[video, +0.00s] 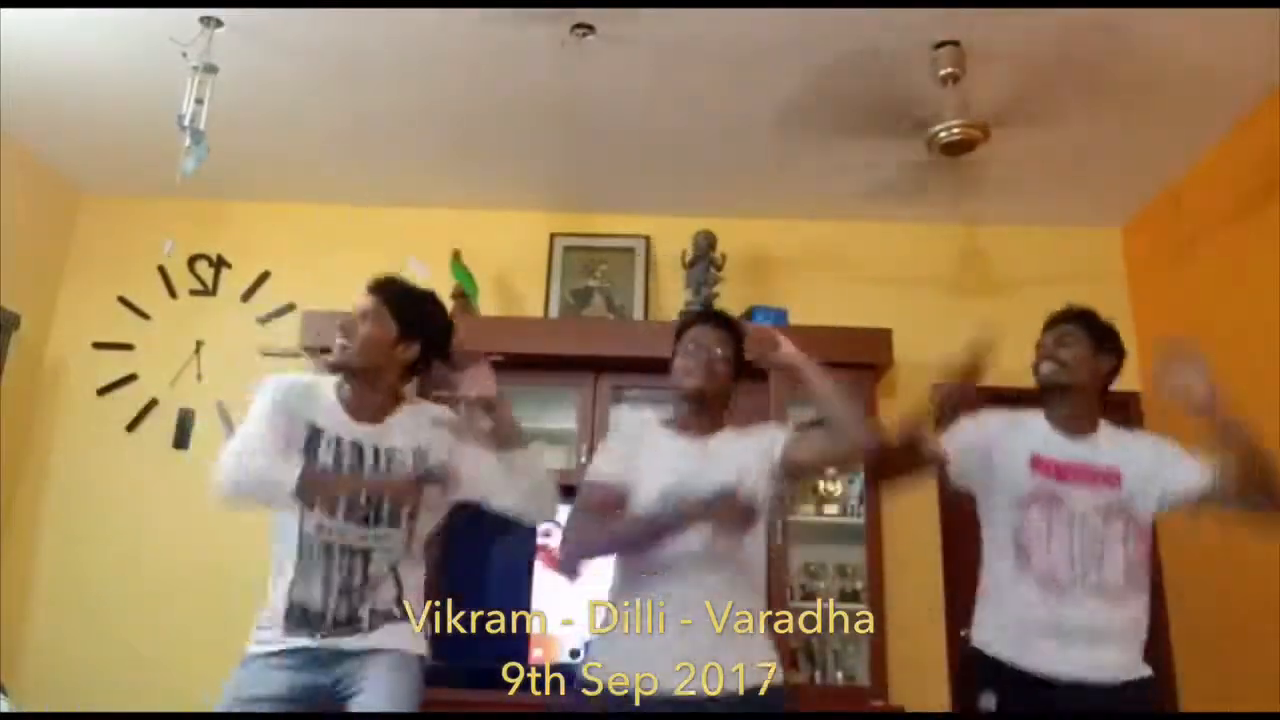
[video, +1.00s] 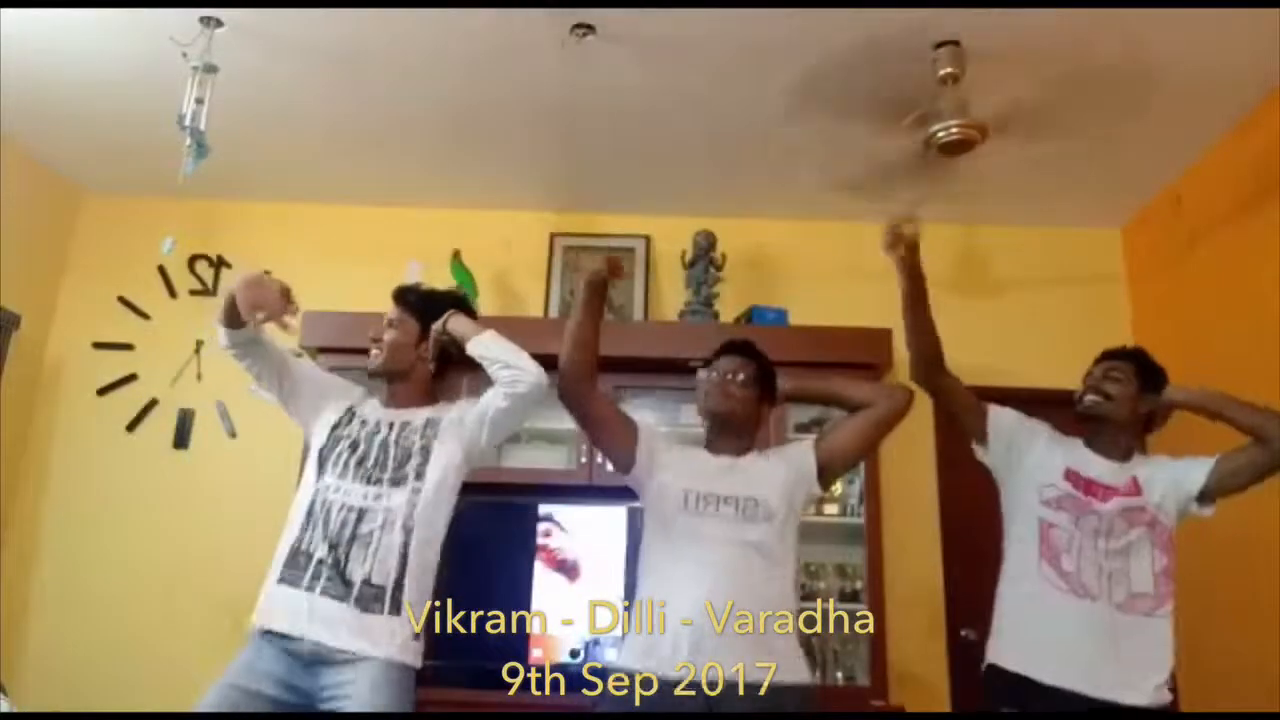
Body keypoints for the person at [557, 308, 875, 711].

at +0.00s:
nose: (700, 361)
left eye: (717, 356)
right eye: (690, 350)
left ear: (734, 376)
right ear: (672, 363)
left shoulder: (761, 445)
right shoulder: (632, 437)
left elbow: (856, 441)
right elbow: (578, 541)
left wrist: (793, 360)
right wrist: (691, 509)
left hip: (738, 679)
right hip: (632, 679)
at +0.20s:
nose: (718, 363)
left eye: (733, 359)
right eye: (709, 352)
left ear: (748, 378)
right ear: (687, 366)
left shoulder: (774, 434)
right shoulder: (647, 436)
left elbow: (859, 365)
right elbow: (589, 448)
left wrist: (767, 352)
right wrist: (721, 420)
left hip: (764, 671)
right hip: (651, 672)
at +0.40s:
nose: (718, 399)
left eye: (734, 389)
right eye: (708, 385)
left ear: (751, 401)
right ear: (688, 390)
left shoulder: (770, 469)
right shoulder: (645, 463)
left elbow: (868, 398)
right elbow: (587, 422)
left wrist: (774, 374)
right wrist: (662, 359)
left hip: (768, 695)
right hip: (659, 692)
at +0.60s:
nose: (722, 352)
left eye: (737, 350)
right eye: (711, 347)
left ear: (755, 379)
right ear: (692, 368)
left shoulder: (783, 441)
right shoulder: (647, 432)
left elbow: (880, 370)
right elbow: (575, 387)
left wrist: (781, 372)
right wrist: (627, 303)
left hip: (767, 682)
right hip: (653, 680)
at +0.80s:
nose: (717, 388)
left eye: (732, 382)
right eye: (707, 381)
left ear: (756, 403)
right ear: (691, 399)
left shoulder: (785, 466)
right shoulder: (652, 458)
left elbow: (882, 387)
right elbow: (585, 374)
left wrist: (779, 383)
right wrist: (598, 275)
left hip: (765, 698)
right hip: (654, 693)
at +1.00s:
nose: (724, 380)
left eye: (741, 377)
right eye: (715, 372)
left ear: (762, 404)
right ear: (698, 392)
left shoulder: (793, 467)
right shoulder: (657, 458)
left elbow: (895, 398)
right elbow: (575, 387)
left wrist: (788, 387)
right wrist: (592, 288)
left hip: (768, 688)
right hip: (656, 684)